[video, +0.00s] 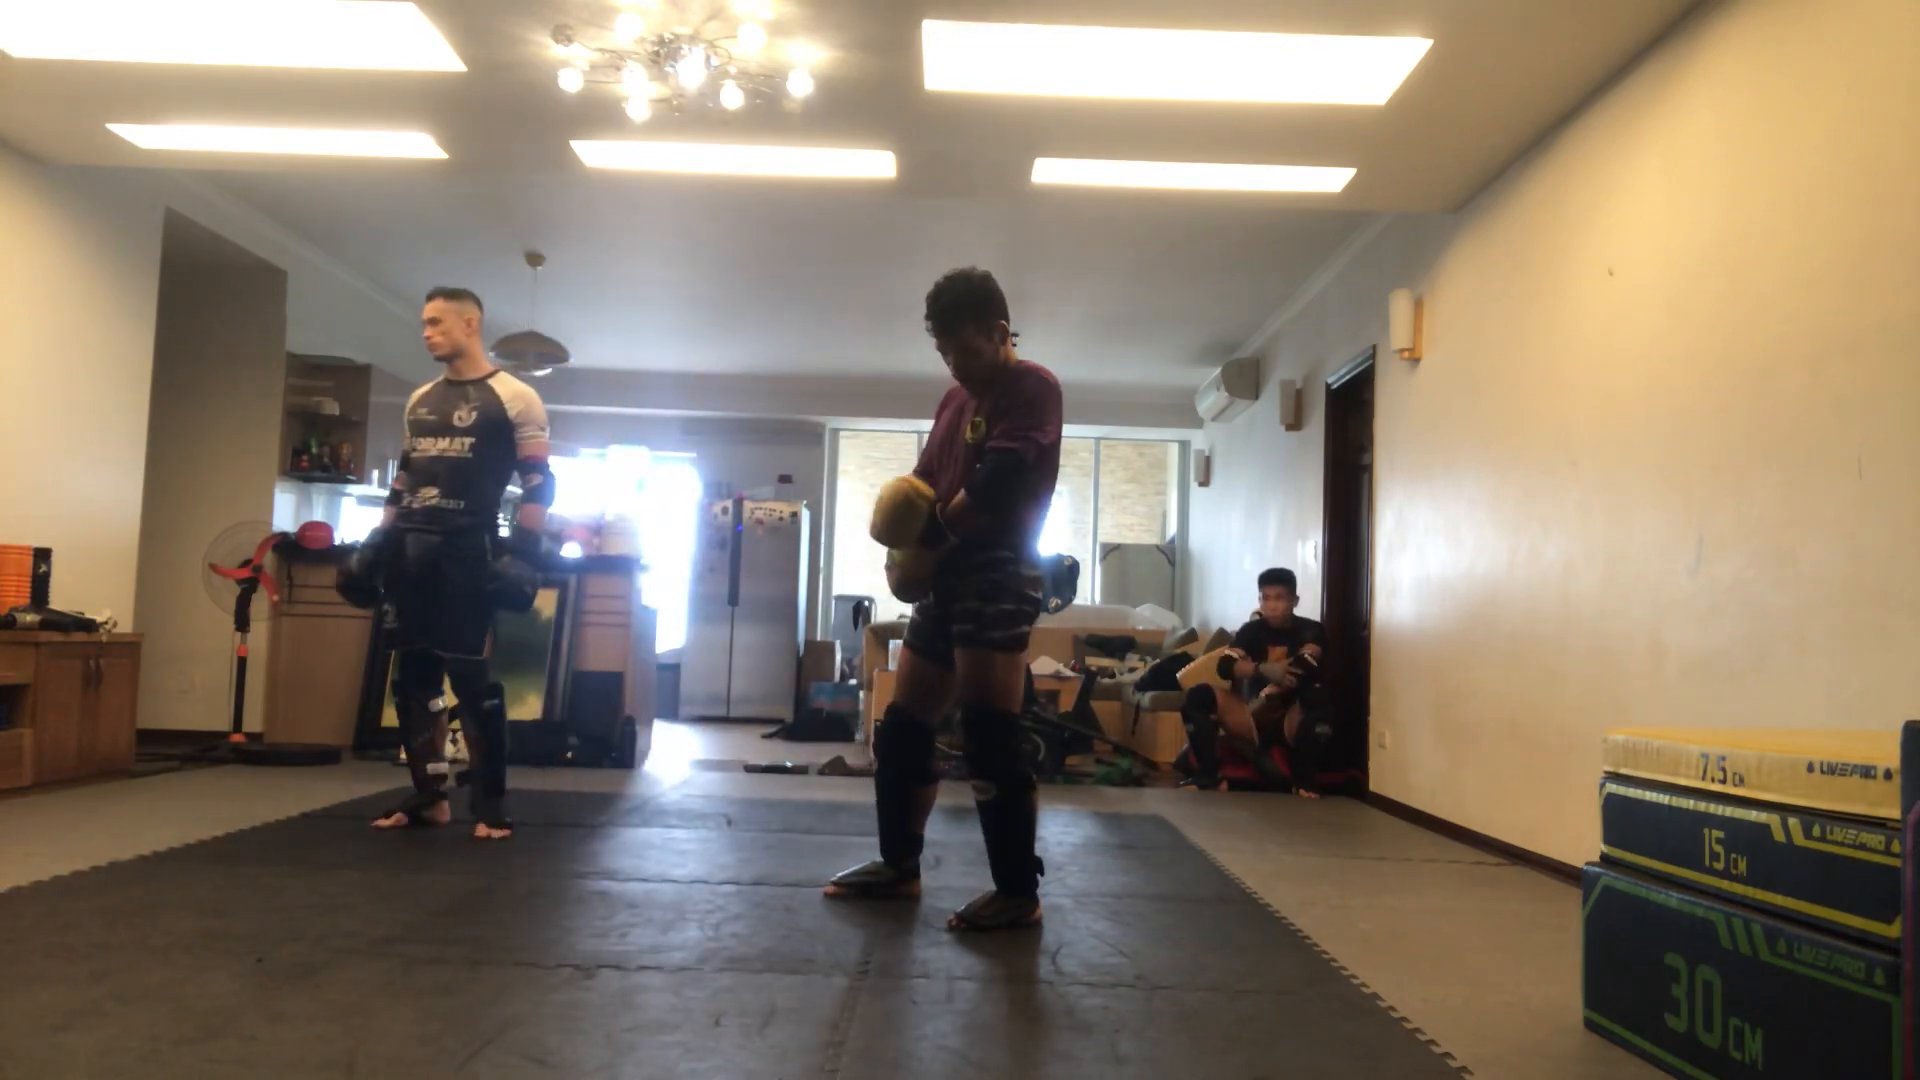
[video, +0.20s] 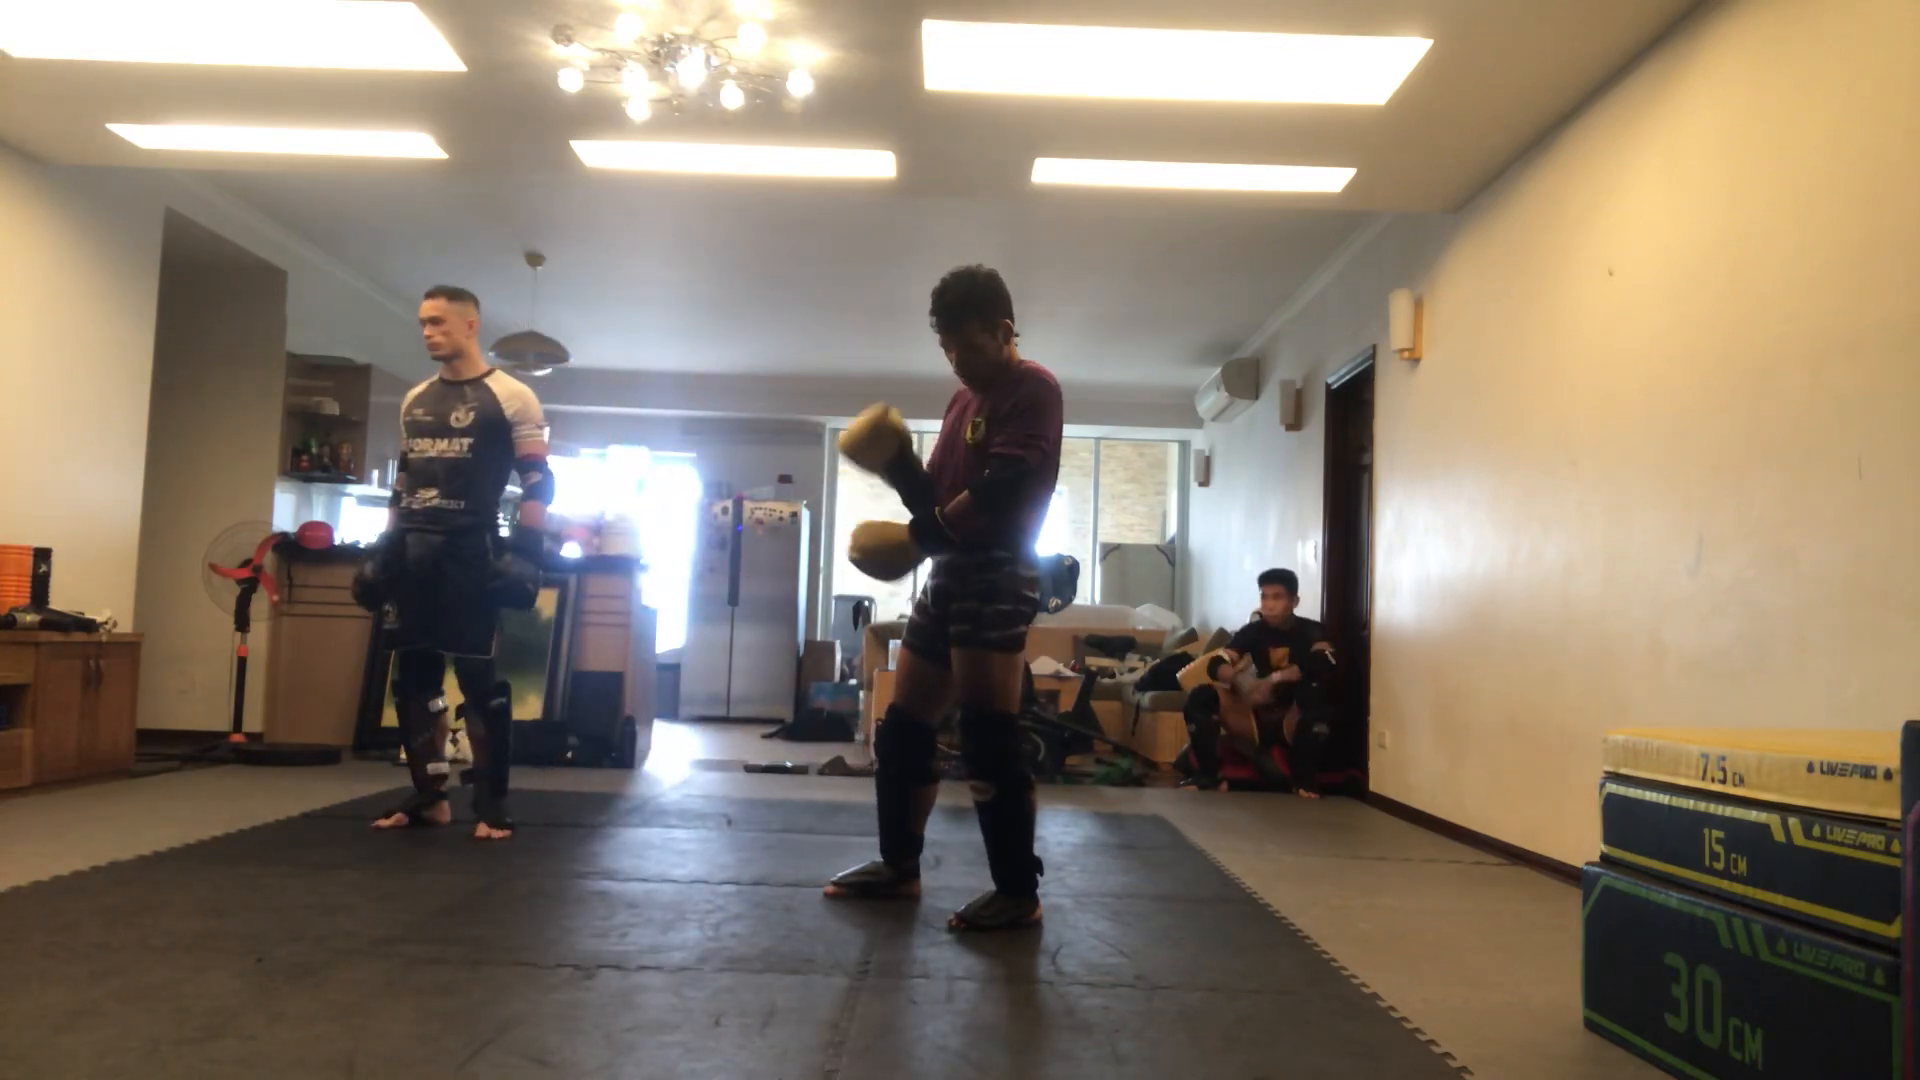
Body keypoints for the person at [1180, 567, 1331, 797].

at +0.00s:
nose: (1271, 605)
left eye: (1279, 598)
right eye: (1266, 598)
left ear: (1294, 601)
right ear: (1260, 601)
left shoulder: (1311, 630)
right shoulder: (1251, 630)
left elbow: (1305, 667)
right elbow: (1225, 665)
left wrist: (1273, 692)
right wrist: (1265, 669)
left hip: (1292, 716)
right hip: (1249, 717)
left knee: (1318, 696)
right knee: (1199, 696)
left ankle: (1304, 780)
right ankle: (1207, 775)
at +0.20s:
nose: (1268, 604)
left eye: (1276, 598)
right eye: (1264, 598)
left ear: (1294, 601)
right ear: (1259, 600)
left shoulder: (1311, 630)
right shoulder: (1251, 632)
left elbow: (1325, 661)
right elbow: (1214, 663)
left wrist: (1274, 679)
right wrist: (1238, 679)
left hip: (1292, 716)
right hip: (1249, 716)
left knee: (1316, 697)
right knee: (1200, 697)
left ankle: (1304, 781)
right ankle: (1208, 776)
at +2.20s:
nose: (1250, 613)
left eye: (1257, 608)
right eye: (1248, 606)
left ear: (1279, 611)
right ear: (1245, 604)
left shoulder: (1302, 630)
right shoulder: (1242, 632)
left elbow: (1324, 668)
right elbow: (1212, 668)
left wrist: (1277, 691)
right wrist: (1223, 690)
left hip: (1292, 715)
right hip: (1253, 713)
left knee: (1316, 703)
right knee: (1198, 698)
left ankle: (1306, 782)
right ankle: (1208, 776)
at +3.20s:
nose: (1245, 617)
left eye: (1251, 610)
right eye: (1243, 610)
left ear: (1274, 610)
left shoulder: (1304, 633)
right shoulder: (1242, 633)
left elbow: (1330, 671)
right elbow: (1211, 668)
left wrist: (1281, 669)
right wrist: (1223, 691)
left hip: (1292, 720)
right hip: (1250, 719)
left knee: (1320, 704)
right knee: (1198, 698)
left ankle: (1306, 781)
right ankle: (1208, 777)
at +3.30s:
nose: (1245, 619)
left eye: (1251, 612)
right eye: (1243, 612)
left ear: (1274, 611)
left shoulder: (1305, 633)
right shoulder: (1242, 633)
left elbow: (1324, 674)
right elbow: (1211, 669)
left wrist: (1278, 647)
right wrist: (1224, 691)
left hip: (1294, 720)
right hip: (1252, 719)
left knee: (1320, 699)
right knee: (1198, 698)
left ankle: (1306, 781)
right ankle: (1208, 777)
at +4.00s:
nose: (1246, 620)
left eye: (1252, 613)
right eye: (1243, 613)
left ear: (1273, 609)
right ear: (1240, 610)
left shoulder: (1304, 632)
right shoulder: (1241, 632)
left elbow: (1314, 675)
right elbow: (1210, 669)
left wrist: (1276, 637)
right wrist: (1222, 690)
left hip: (1291, 720)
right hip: (1251, 719)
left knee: (1317, 696)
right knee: (1198, 698)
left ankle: (1305, 780)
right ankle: (1207, 776)